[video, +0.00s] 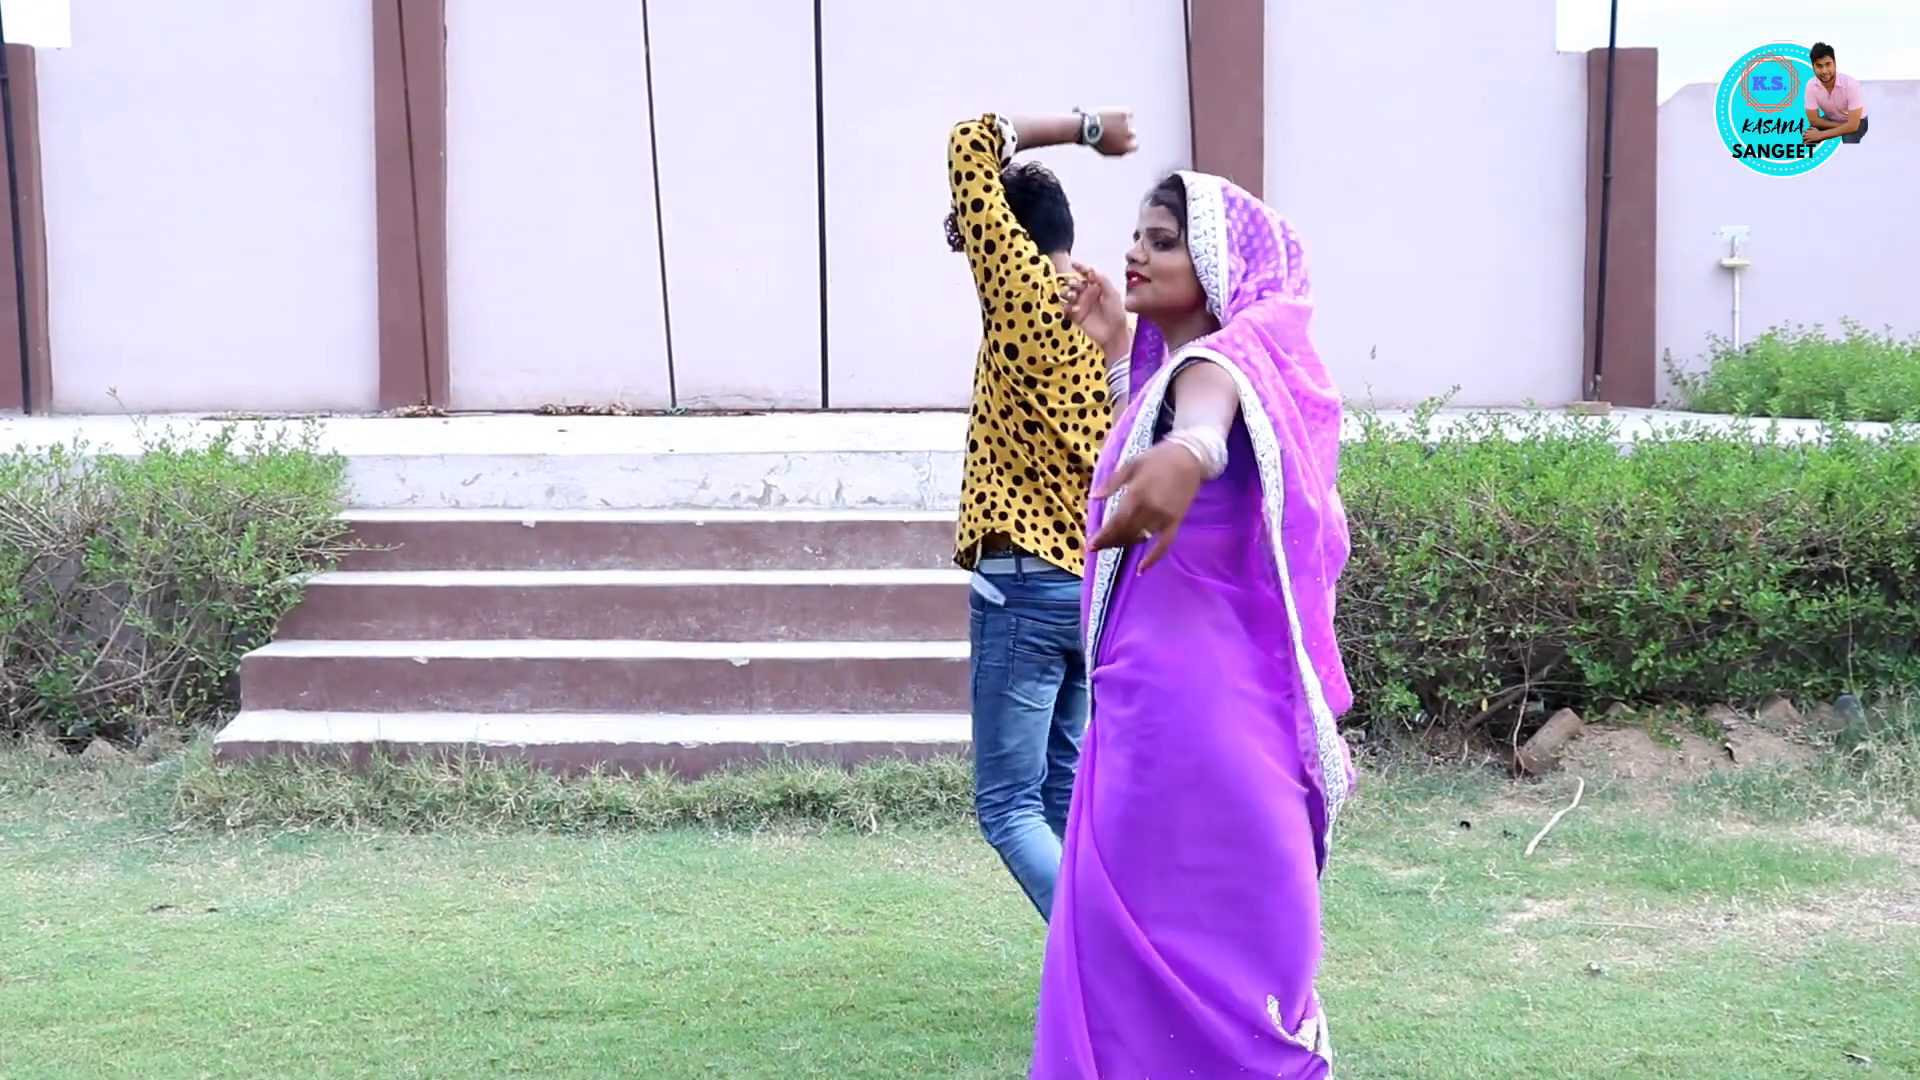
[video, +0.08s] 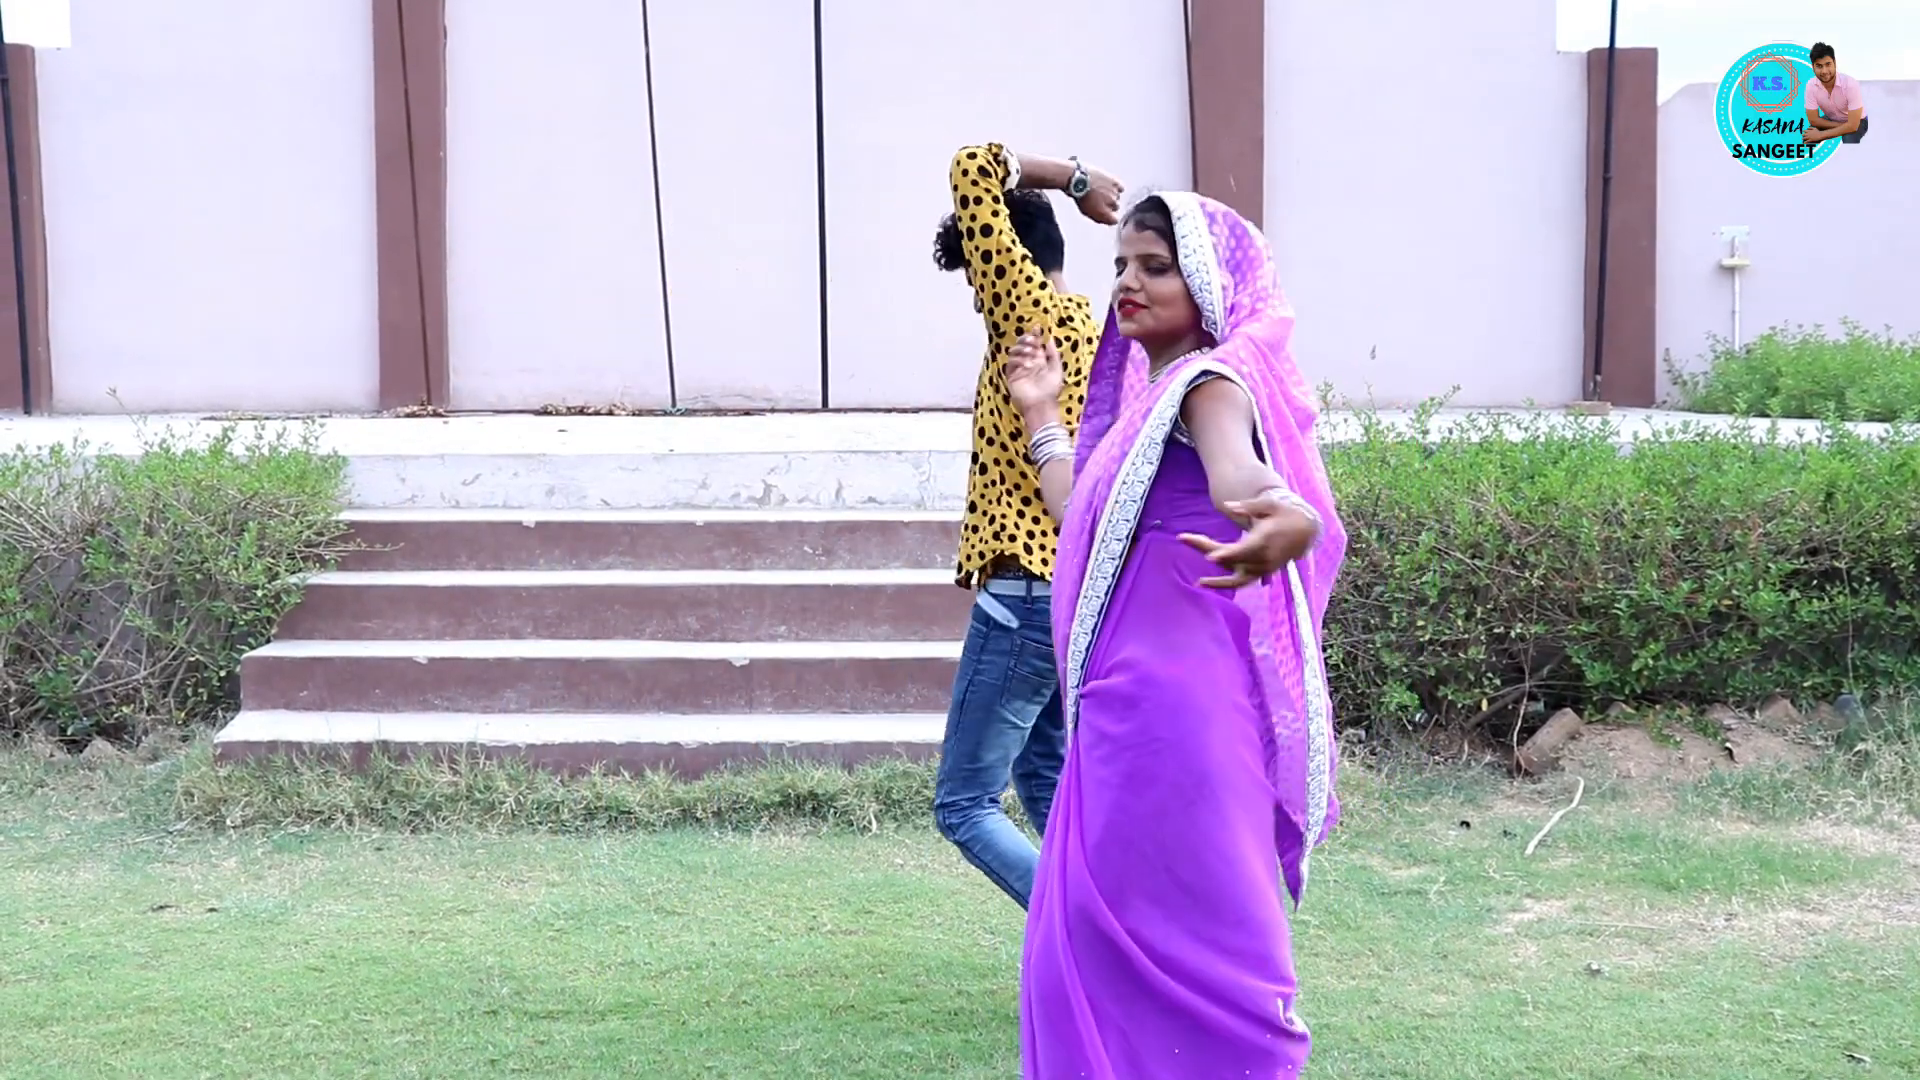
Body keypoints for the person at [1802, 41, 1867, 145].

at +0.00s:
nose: (1824, 71)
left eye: (1828, 65)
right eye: (1819, 66)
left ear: (1835, 63)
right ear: (1813, 67)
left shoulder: (1850, 84)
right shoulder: (1812, 86)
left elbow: (1853, 126)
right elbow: (1813, 120)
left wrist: (1820, 135)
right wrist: (1843, 126)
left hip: (1855, 122)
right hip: (1829, 121)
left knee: (1849, 140)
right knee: (1810, 137)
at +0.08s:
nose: (1824, 71)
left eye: (1828, 65)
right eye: (1819, 66)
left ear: (1835, 63)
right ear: (1813, 67)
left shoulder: (1850, 84)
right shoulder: (1812, 86)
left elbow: (1853, 126)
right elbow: (1813, 120)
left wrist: (1820, 135)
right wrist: (1843, 126)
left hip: (1855, 122)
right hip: (1830, 121)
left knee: (1848, 140)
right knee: (1810, 136)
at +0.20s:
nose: (1824, 71)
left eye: (1828, 65)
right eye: (1819, 66)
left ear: (1835, 63)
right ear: (1813, 67)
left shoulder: (1850, 84)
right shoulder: (1812, 86)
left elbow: (1853, 126)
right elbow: (1813, 120)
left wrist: (1820, 135)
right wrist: (1843, 126)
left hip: (1855, 122)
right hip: (1829, 121)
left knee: (1849, 140)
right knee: (1810, 137)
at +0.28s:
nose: (1824, 71)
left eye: (1828, 65)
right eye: (1819, 66)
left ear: (1835, 63)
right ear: (1813, 67)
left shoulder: (1850, 84)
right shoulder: (1812, 86)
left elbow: (1853, 126)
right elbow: (1813, 120)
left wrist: (1820, 135)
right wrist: (1843, 126)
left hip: (1855, 122)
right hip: (1829, 121)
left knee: (1849, 140)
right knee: (1810, 137)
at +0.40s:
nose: (1824, 71)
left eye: (1828, 65)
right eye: (1819, 66)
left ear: (1835, 63)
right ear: (1813, 67)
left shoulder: (1850, 84)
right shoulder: (1812, 86)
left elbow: (1853, 126)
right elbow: (1813, 120)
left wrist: (1820, 135)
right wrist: (1843, 126)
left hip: (1855, 122)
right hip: (1829, 121)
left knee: (1849, 140)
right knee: (1810, 137)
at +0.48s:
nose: (1824, 71)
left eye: (1828, 65)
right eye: (1819, 66)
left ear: (1835, 63)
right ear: (1813, 67)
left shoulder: (1850, 84)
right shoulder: (1812, 86)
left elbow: (1853, 126)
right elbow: (1813, 120)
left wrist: (1820, 135)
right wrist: (1843, 126)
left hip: (1855, 122)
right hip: (1829, 121)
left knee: (1849, 140)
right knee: (1810, 137)